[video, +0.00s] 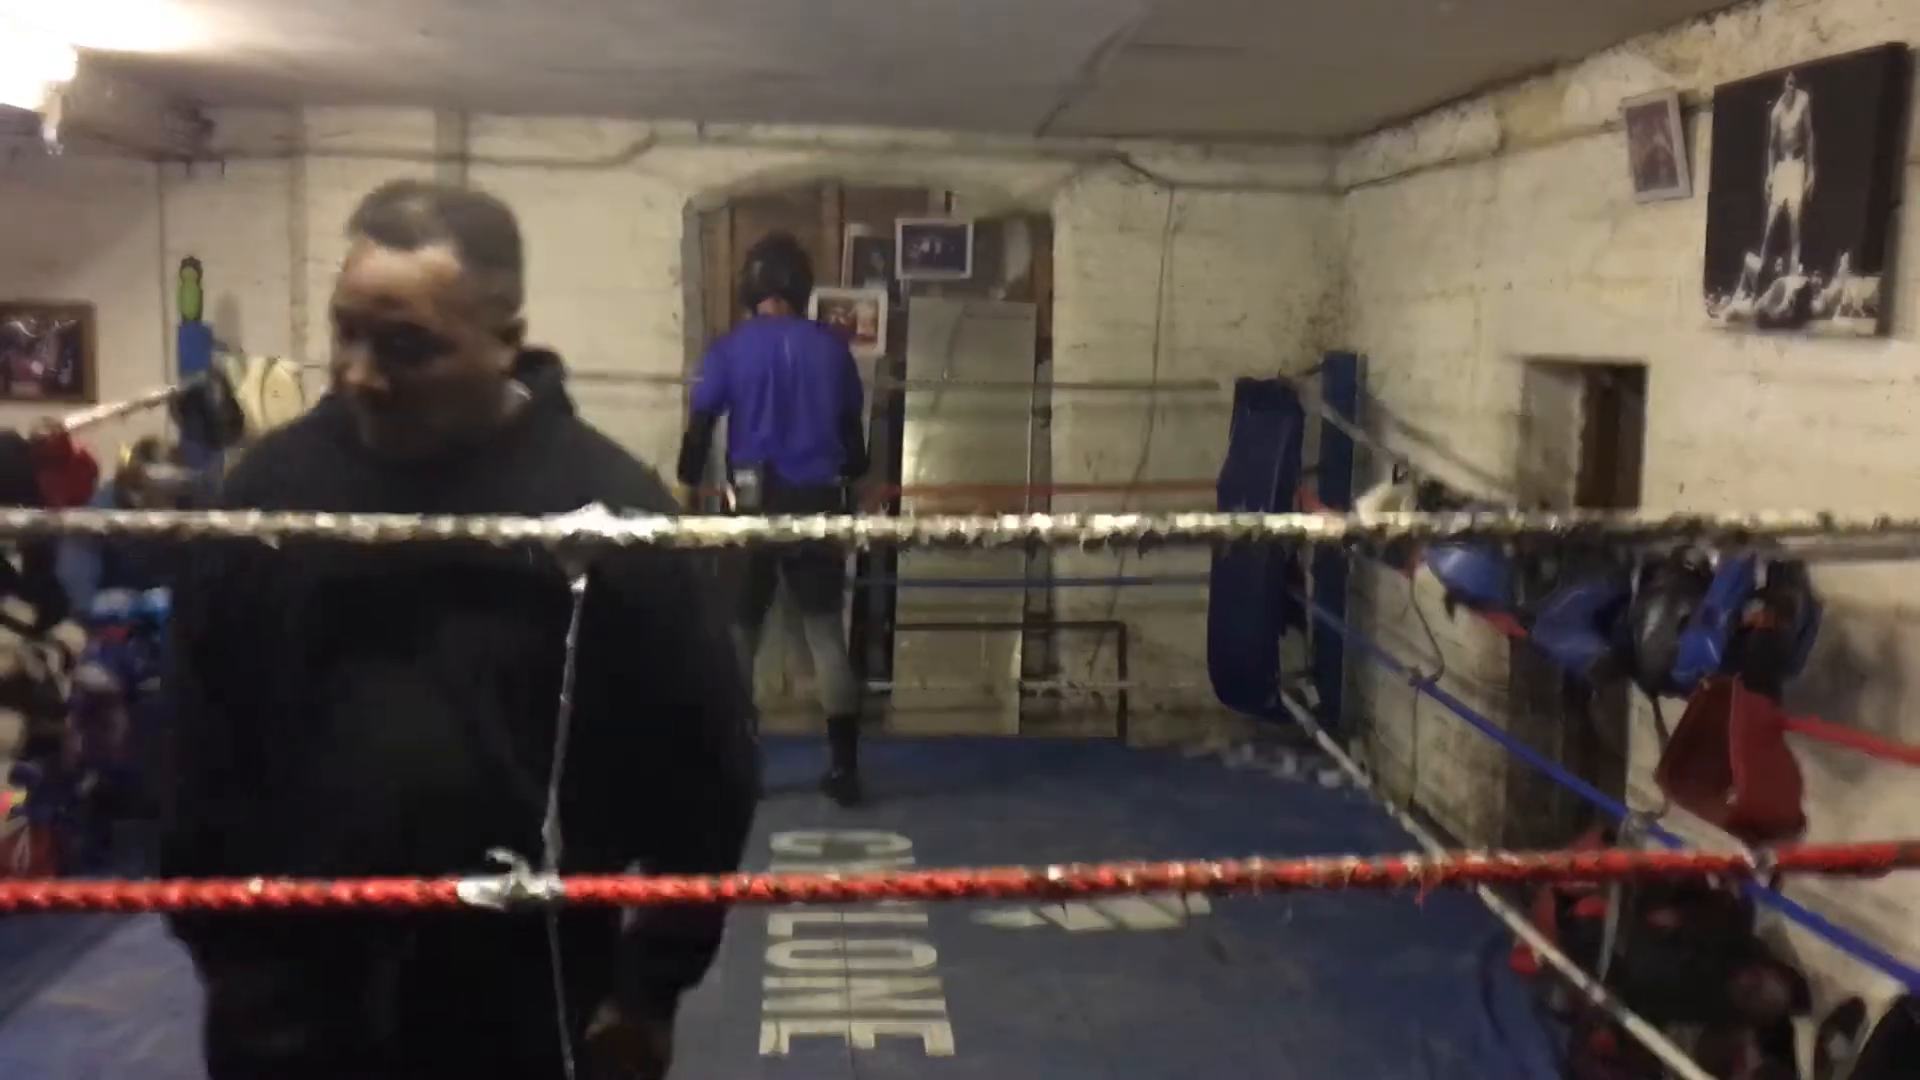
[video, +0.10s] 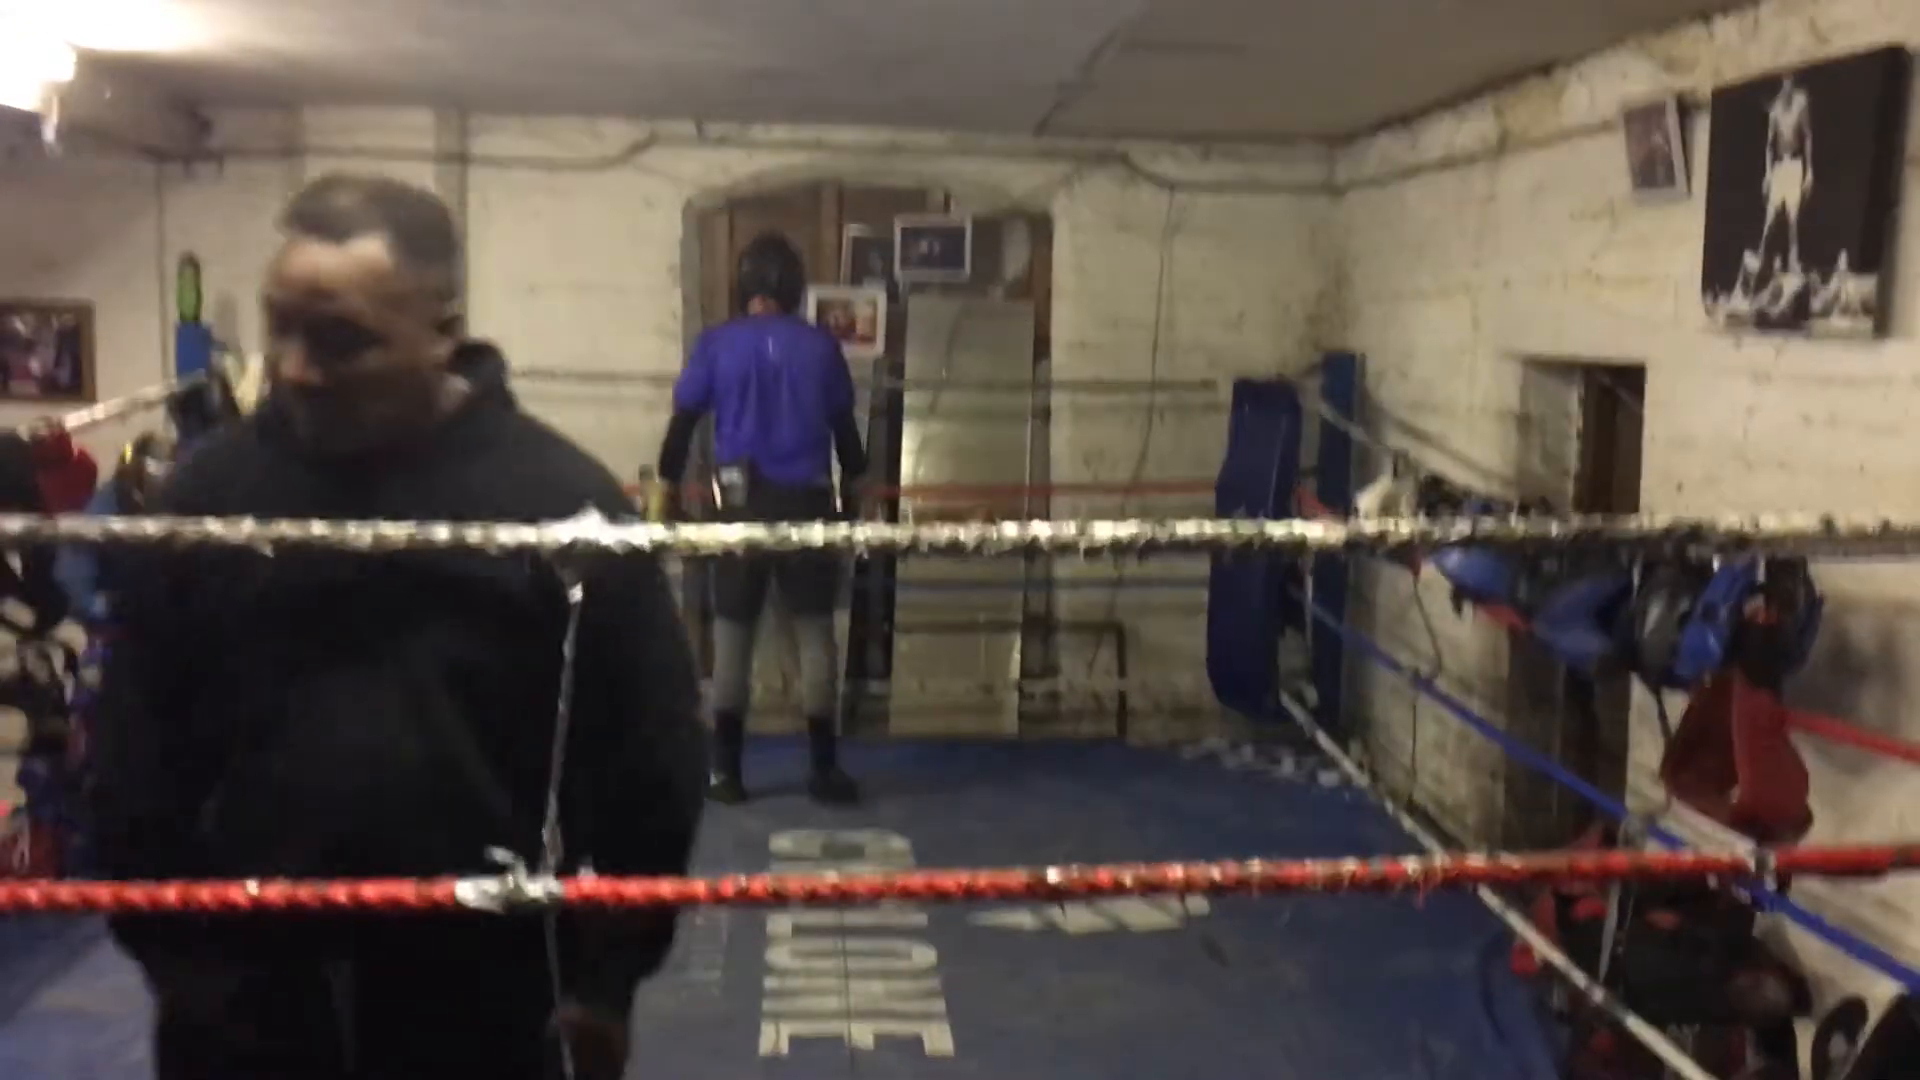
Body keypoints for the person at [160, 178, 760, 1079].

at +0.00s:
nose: (361, 374)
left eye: (406, 345)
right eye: (347, 332)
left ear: (505, 339)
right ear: (329, 314)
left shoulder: (611, 509)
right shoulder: (262, 490)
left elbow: (704, 768)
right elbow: (199, 735)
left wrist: (647, 991)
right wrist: (231, 954)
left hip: (522, 1001)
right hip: (296, 992)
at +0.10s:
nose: (294, 368)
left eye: (339, 339)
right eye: (280, 327)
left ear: (443, 333)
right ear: (262, 312)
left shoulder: (564, 507)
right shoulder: (198, 502)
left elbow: (652, 764)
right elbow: (132, 751)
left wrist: (601, 985)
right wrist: (181, 962)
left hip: (477, 1002)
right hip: (245, 998)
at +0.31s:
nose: (152, 363)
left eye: (197, 330)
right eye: (137, 327)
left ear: (308, 316)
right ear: (120, 315)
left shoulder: (447, 481)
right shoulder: (88, 498)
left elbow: (570, 732)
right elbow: (27, 760)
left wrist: (519, 957)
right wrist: (87, 964)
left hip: (394, 985)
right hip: (164, 988)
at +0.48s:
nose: (58, 368)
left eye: (101, 330)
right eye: (40, 329)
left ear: (213, 313)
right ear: (23, 318)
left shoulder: (379, 469)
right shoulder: (26, 495)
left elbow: (507, 712)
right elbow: (16, 764)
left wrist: (473, 946)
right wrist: (37, 964)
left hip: (355, 985)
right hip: (122, 987)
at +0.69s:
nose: (10, 387)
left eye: (39, 352)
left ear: (137, 331)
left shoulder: (319, 468)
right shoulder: (14, 495)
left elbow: (466, 707)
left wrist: (445, 939)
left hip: (320, 979)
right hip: (87, 974)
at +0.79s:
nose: (4, 394)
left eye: (24, 361)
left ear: (118, 333)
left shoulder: (302, 469)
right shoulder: (14, 504)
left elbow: (457, 706)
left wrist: (436, 940)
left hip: (314, 967)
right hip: (86, 963)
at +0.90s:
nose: (0, 405)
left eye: (18, 374)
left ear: (104, 349)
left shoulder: (292, 476)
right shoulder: (16, 509)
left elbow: (450, 717)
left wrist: (425, 944)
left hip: (297, 981)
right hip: (61, 977)